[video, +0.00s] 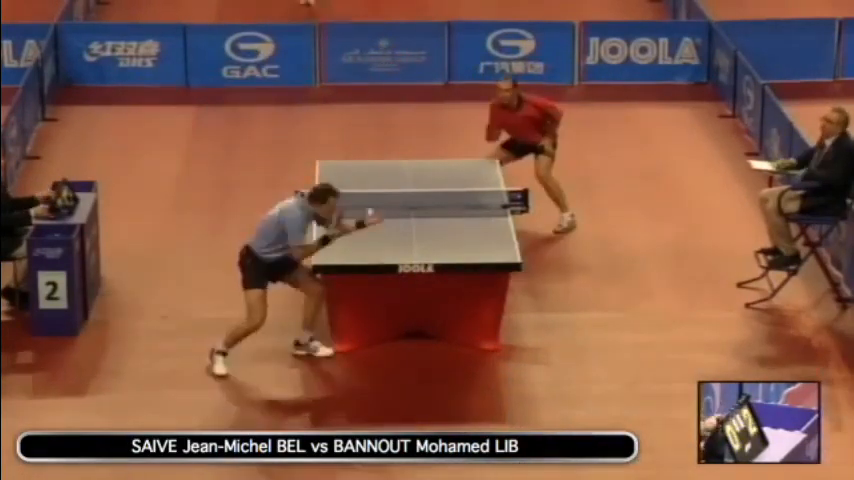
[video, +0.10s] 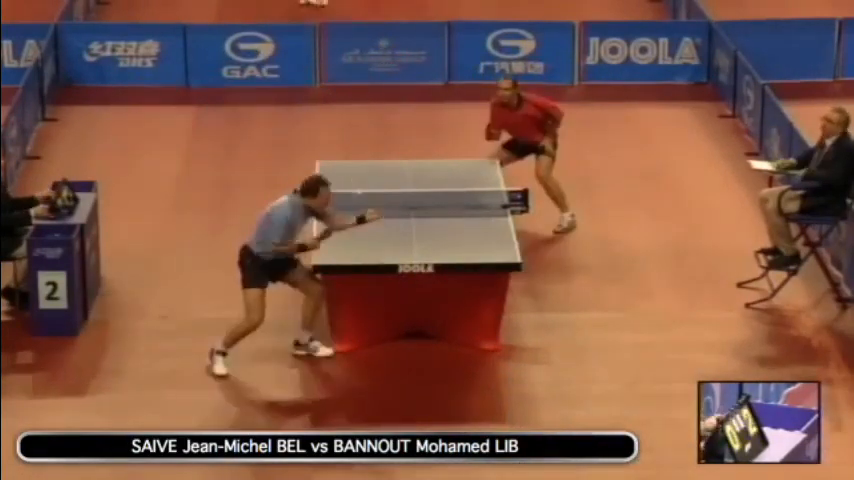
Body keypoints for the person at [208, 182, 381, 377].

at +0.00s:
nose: (334, 211)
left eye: (334, 206)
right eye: (331, 207)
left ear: (320, 202)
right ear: (319, 204)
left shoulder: (310, 206)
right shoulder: (294, 213)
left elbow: (333, 227)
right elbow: (299, 253)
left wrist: (361, 225)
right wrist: (324, 242)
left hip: (279, 258)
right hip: (254, 259)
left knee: (315, 290)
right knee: (256, 319)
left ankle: (305, 341)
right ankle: (220, 352)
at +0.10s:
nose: (326, 203)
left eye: (327, 198)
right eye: (324, 198)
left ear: (312, 194)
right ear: (311, 196)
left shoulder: (307, 207)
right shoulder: (284, 211)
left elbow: (331, 224)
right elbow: (272, 247)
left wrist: (359, 220)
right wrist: (304, 247)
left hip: (279, 257)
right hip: (255, 259)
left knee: (316, 291)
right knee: (254, 318)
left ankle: (304, 341)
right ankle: (220, 352)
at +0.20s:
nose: (320, 191)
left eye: (319, 187)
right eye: (317, 187)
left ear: (307, 188)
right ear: (306, 188)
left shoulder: (308, 205)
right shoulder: (278, 203)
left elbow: (327, 222)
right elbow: (237, 223)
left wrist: (356, 223)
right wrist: (249, 239)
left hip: (281, 255)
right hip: (256, 256)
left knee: (316, 291)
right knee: (253, 317)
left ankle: (304, 342)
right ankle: (219, 352)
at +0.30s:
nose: (316, 188)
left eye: (316, 183)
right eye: (313, 184)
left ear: (303, 186)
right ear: (301, 186)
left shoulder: (305, 204)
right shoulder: (274, 198)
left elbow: (319, 222)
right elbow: (231, 199)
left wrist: (346, 230)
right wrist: (235, 230)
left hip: (282, 256)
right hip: (256, 256)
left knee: (316, 291)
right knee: (253, 318)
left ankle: (305, 341)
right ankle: (219, 353)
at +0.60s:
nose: (339, 204)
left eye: (339, 199)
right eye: (337, 200)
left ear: (322, 197)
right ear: (328, 201)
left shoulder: (311, 207)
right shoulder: (305, 205)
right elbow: (278, 211)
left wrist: (300, 241)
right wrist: (295, 236)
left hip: (283, 263)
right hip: (261, 264)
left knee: (319, 291)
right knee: (262, 330)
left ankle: (305, 342)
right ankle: (221, 351)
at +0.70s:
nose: (341, 209)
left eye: (342, 204)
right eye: (341, 204)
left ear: (322, 196)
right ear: (335, 204)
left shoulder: (305, 204)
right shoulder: (319, 213)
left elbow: (268, 215)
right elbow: (302, 225)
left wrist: (288, 238)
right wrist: (309, 252)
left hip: (281, 265)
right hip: (266, 266)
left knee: (318, 291)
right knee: (268, 332)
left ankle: (305, 342)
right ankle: (222, 349)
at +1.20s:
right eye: (335, 184)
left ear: (312, 184)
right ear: (334, 187)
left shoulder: (294, 204)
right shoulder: (332, 214)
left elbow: (268, 230)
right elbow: (334, 255)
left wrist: (270, 253)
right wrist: (352, 268)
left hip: (279, 269)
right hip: (307, 275)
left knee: (280, 305)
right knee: (340, 324)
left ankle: (262, 357)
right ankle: (333, 383)